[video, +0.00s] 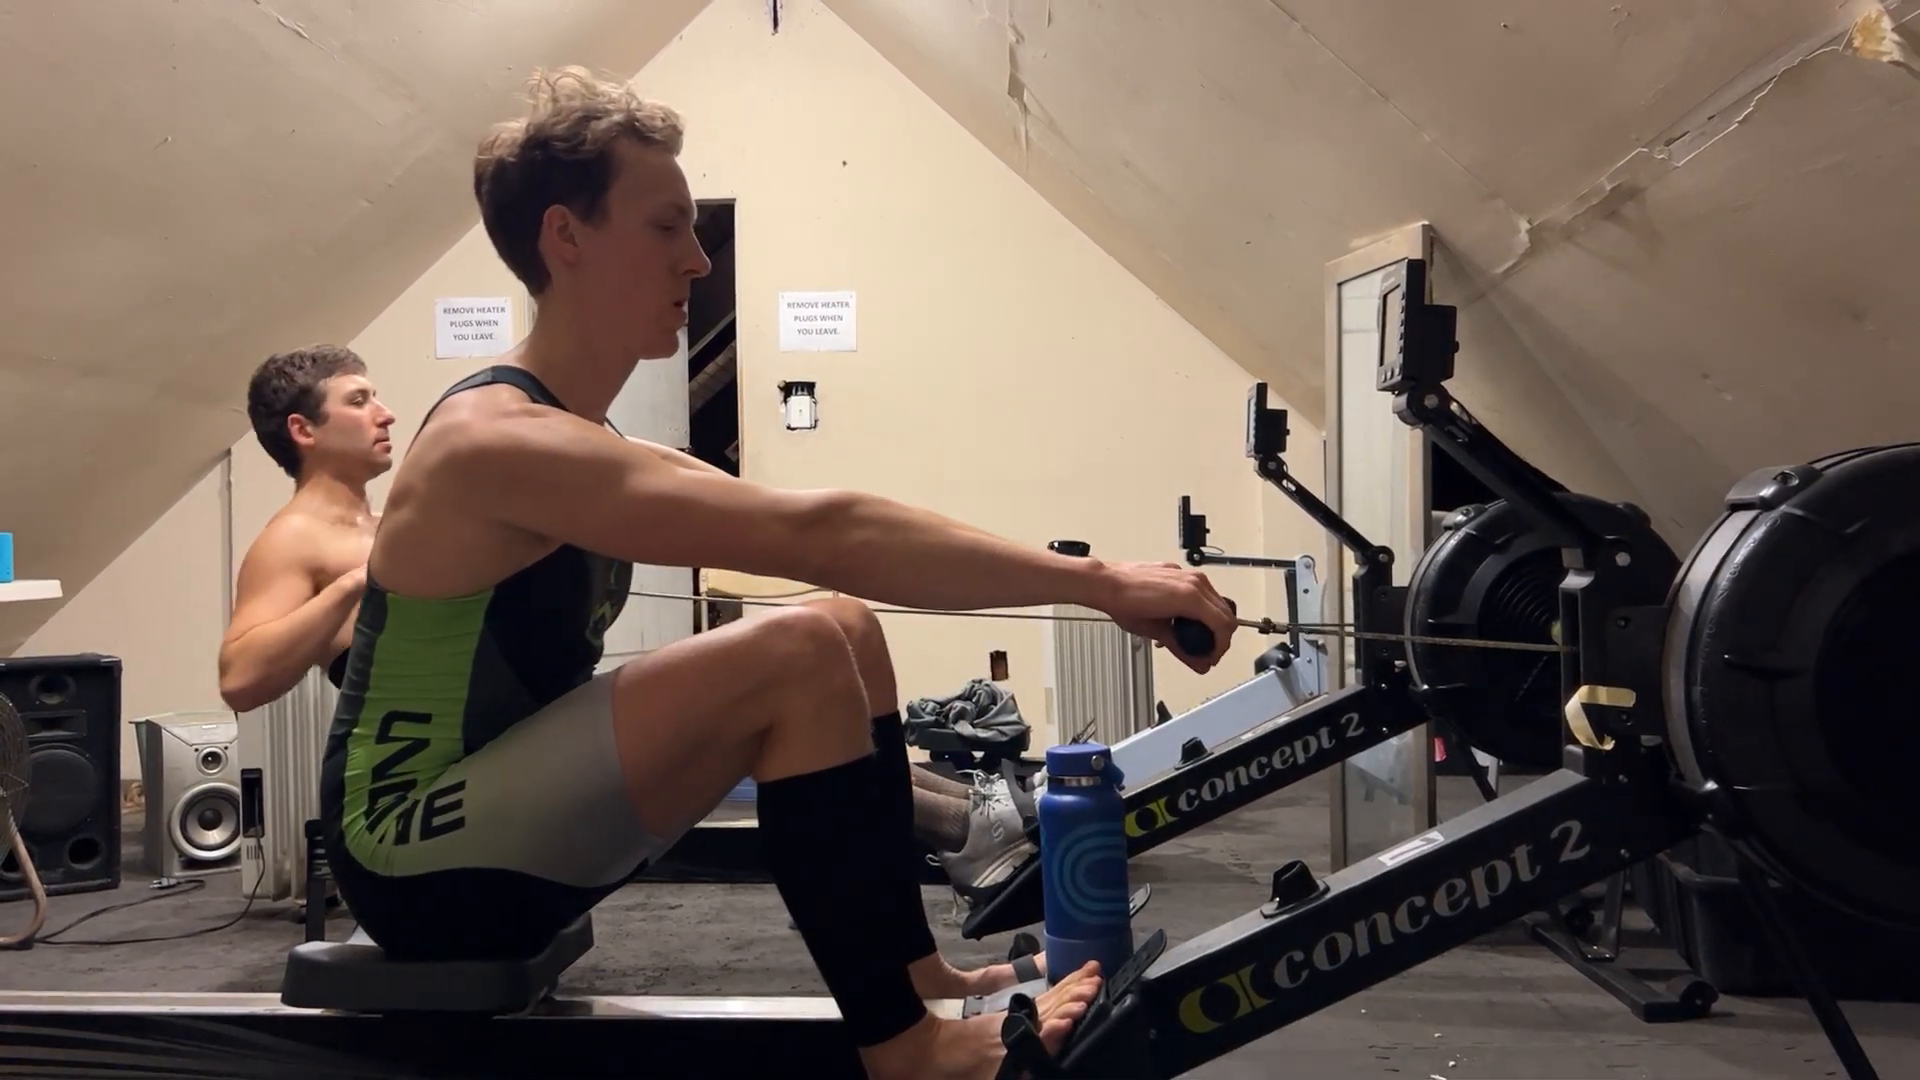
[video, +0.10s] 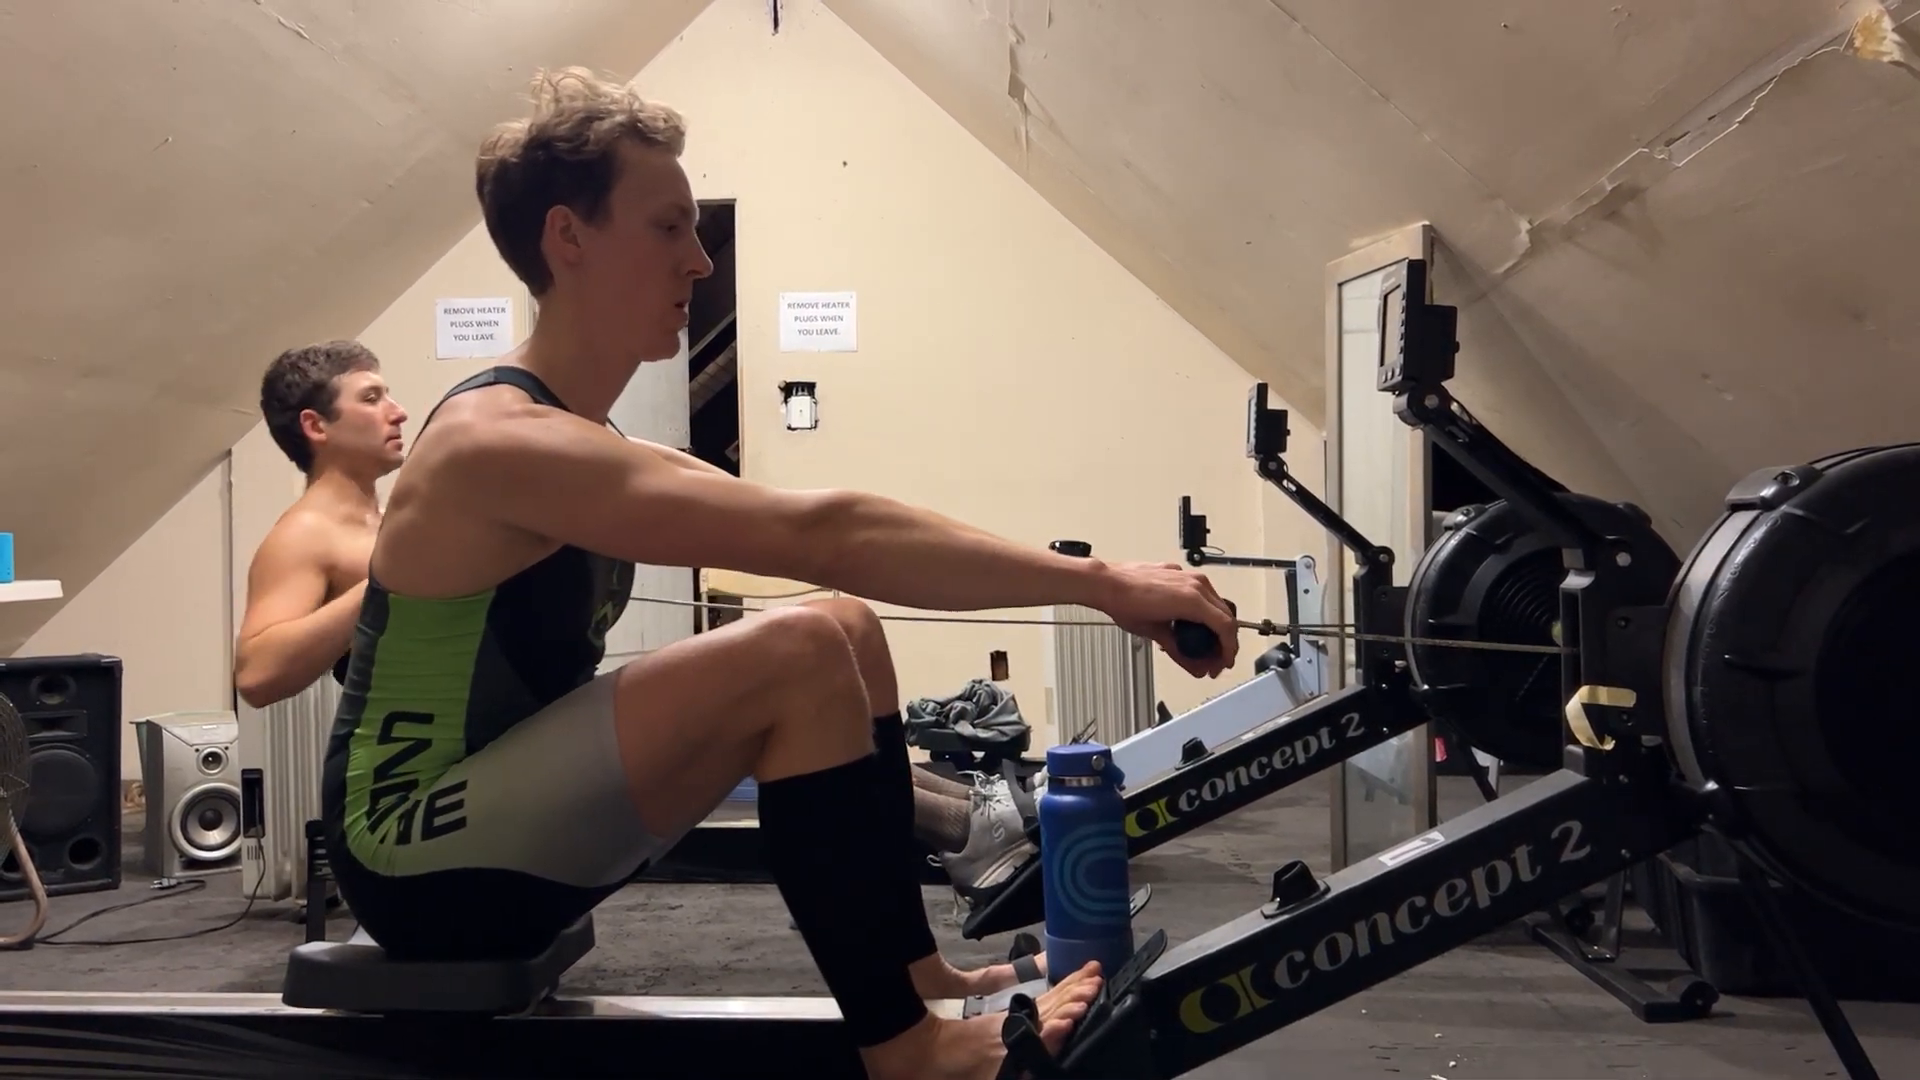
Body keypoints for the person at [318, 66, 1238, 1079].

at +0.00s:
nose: (698, 262)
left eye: (691, 230)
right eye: (668, 229)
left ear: (573, 246)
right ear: (565, 243)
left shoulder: (568, 435)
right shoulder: (498, 440)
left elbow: (816, 547)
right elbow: (815, 535)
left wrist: (1083, 582)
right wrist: (1102, 583)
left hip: (492, 814)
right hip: (424, 850)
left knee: (847, 634)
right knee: (797, 658)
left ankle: (914, 982)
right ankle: (894, 1040)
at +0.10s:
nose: (700, 262)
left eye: (692, 231)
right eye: (671, 230)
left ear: (575, 246)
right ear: (567, 244)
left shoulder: (569, 436)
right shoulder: (500, 441)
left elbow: (824, 546)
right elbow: (820, 536)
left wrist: (1089, 582)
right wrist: (1103, 584)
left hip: (492, 817)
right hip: (424, 850)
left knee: (848, 635)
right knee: (798, 657)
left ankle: (915, 986)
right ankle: (894, 1042)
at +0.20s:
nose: (701, 265)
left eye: (694, 232)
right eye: (671, 232)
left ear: (577, 246)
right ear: (568, 243)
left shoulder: (571, 438)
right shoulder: (502, 441)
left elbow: (824, 546)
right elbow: (820, 537)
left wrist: (1089, 582)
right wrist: (1104, 586)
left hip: (495, 816)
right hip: (426, 849)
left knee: (849, 636)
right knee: (799, 658)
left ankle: (914, 982)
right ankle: (894, 1042)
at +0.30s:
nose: (703, 265)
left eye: (695, 233)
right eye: (673, 232)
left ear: (578, 249)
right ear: (569, 246)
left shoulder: (575, 440)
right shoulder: (500, 441)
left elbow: (822, 547)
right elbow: (818, 538)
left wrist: (1088, 583)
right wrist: (1106, 586)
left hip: (492, 818)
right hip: (425, 851)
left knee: (851, 638)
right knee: (800, 660)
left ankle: (918, 987)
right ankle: (897, 1042)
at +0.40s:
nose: (705, 265)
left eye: (697, 233)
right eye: (675, 232)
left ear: (580, 249)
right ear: (571, 246)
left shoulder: (577, 442)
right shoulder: (504, 443)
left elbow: (822, 547)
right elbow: (818, 540)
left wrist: (1089, 581)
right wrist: (1105, 587)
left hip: (491, 819)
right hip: (425, 851)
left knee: (852, 638)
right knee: (803, 659)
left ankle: (920, 990)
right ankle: (898, 1043)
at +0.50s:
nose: (706, 267)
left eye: (698, 234)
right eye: (675, 233)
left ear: (580, 250)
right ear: (571, 247)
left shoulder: (577, 442)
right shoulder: (504, 441)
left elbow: (823, 545)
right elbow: (818, 540)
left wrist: (1087, 580)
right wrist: (1105, 587)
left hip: (491, 820)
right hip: (425, 851)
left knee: (852, 639)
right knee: (802, 659)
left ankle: (920, 989)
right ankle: (898, 1043)